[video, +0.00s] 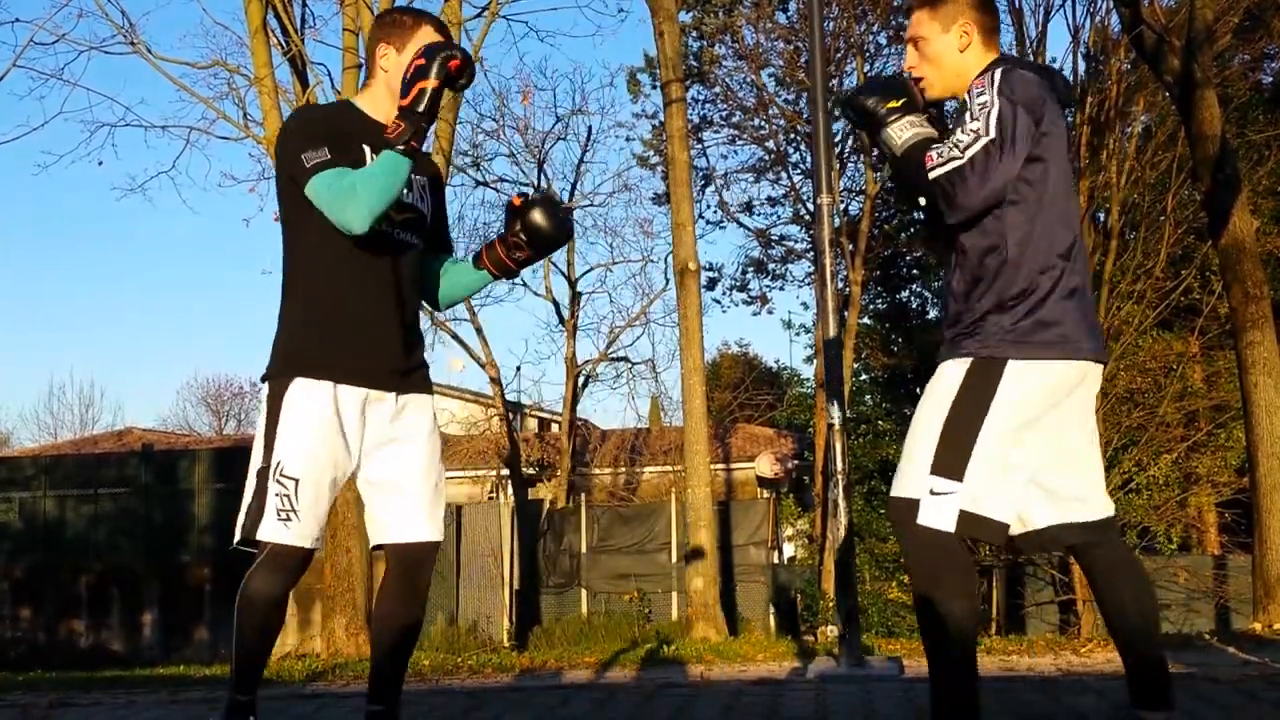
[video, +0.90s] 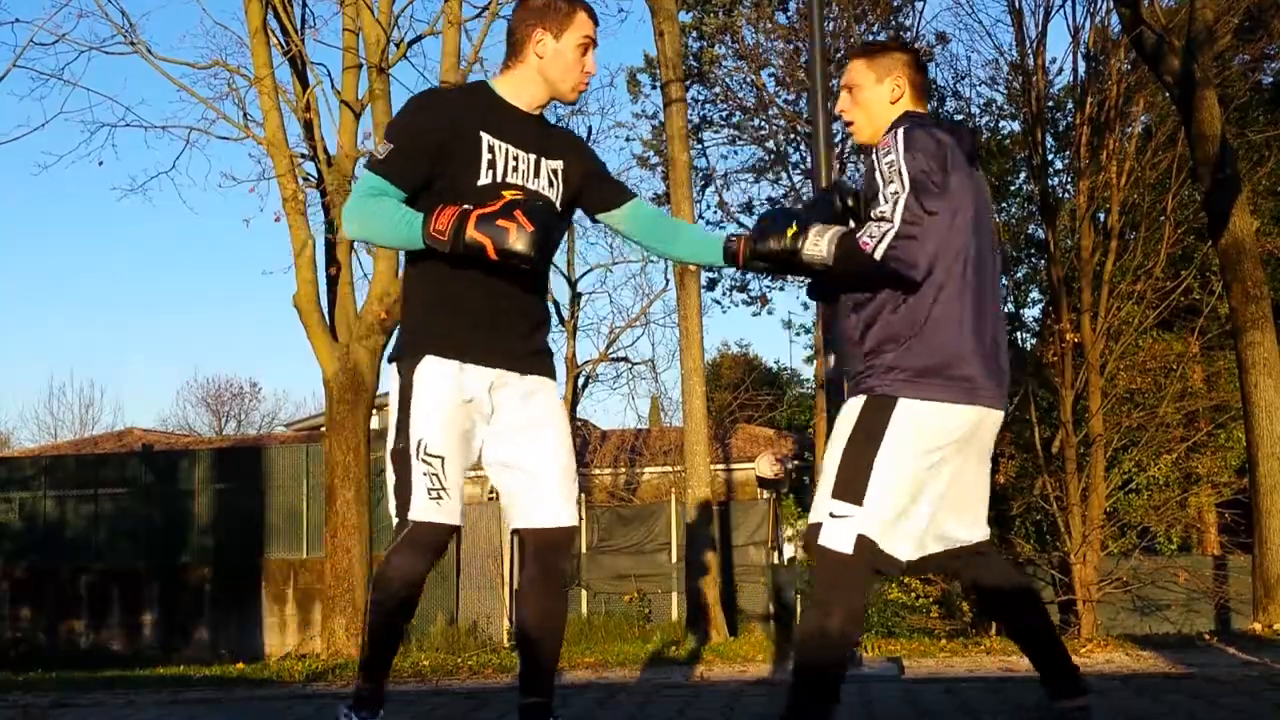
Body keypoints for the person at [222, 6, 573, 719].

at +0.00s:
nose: (438, 75)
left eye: (444, 65)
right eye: (427, 59)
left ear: (445, 75)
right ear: (384, 56)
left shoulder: (426, 175)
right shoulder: (312, 125)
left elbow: (431, 285)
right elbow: (352, 212)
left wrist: (498, 259)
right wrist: (411, 134)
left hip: (403, 383)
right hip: (316, 375)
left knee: (413, 546)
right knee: (287, 546)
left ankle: (383, 710)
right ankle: (240, 706)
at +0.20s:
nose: (418, 92)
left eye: (419, 77)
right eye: (408, 73)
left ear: (374, 71)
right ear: (363, 65)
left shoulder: (394, 176)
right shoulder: (283, 141)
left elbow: (390, 305)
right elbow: (274, 251)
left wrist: (462, 278)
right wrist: (372, 218)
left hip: (385, 388)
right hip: (298, 387)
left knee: (447, 536)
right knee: (271, 560)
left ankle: (396, 708)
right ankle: (229, 715)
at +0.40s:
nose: (432, 79)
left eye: (434, 66)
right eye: (422, 61)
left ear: (388, 64)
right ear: (373, 58)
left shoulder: (408, 166)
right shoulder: (292, 130)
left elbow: (400, 285)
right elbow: (233, 241)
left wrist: (464, 283)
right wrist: (345, 258)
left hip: (404, 374)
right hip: (315, 374)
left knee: (475, 517)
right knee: (281, 548)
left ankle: (495, 704)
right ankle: (230, 711)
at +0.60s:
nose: (490, 87)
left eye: (491, 73)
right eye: (480, 70)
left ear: (447, 74)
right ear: (433, 66)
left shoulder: (468, 177)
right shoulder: (349, 139)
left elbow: (503, 292)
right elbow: (291, 251)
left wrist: (571, 272)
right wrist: (392, 247)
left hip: (455, 386)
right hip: (362, 386)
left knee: (525, 535)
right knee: (308, 555)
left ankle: (533, 710)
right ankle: (238, 705)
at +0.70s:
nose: (529, 82)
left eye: (531, 69)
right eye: (519, 65)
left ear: (487, 70)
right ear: (471, 62)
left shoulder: (508, 174)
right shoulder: (385, 136)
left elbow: (567, 270)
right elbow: (327, 243)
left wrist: (638, 256)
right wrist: (419, 245)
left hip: (490, 381)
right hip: (397, 380)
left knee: (544, 535)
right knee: (348, 547)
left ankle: (536, 708)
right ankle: (255, 694)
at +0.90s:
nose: (593, 64)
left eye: (594, 50)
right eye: (585, 46)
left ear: (553, 48)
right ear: (537, 43)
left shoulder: (570, 155)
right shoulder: (443, 110)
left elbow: (647, 224)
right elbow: (362, 212)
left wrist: (738, 248)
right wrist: (450, 223)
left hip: (528, 368)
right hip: (441, 357)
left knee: (550, 533)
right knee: (430, 525)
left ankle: (535, 709)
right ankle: (366, 698)